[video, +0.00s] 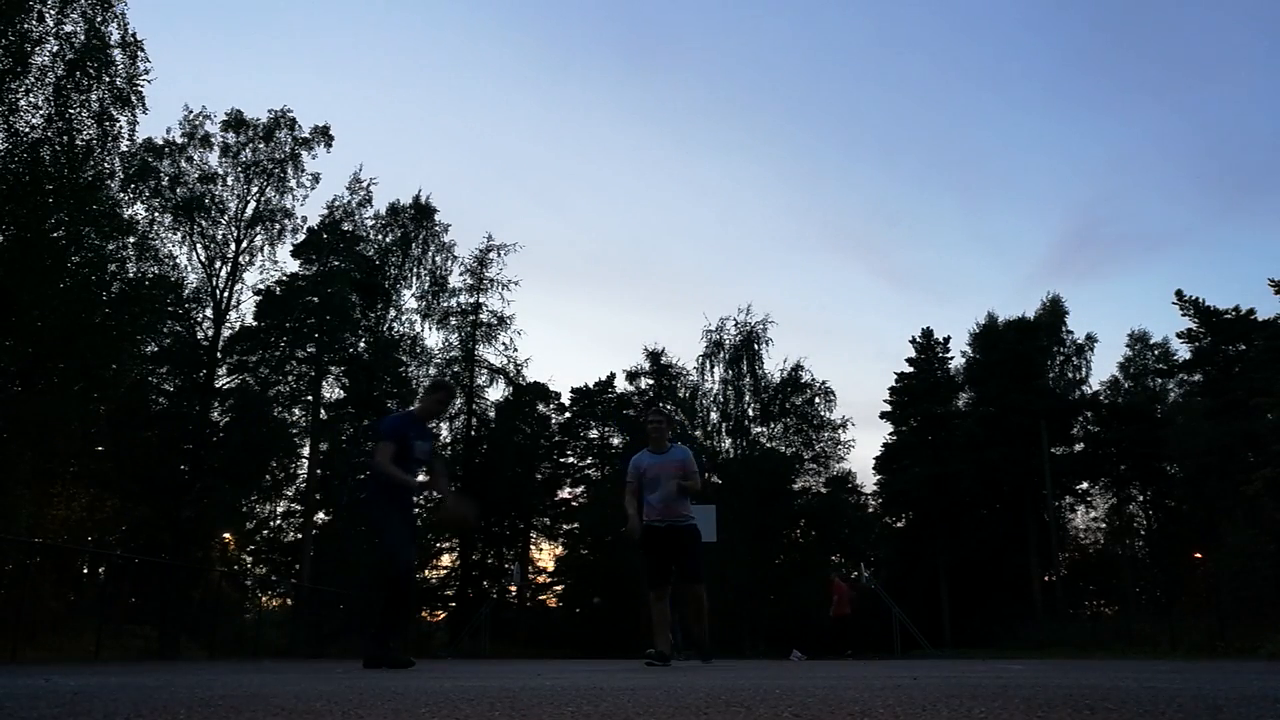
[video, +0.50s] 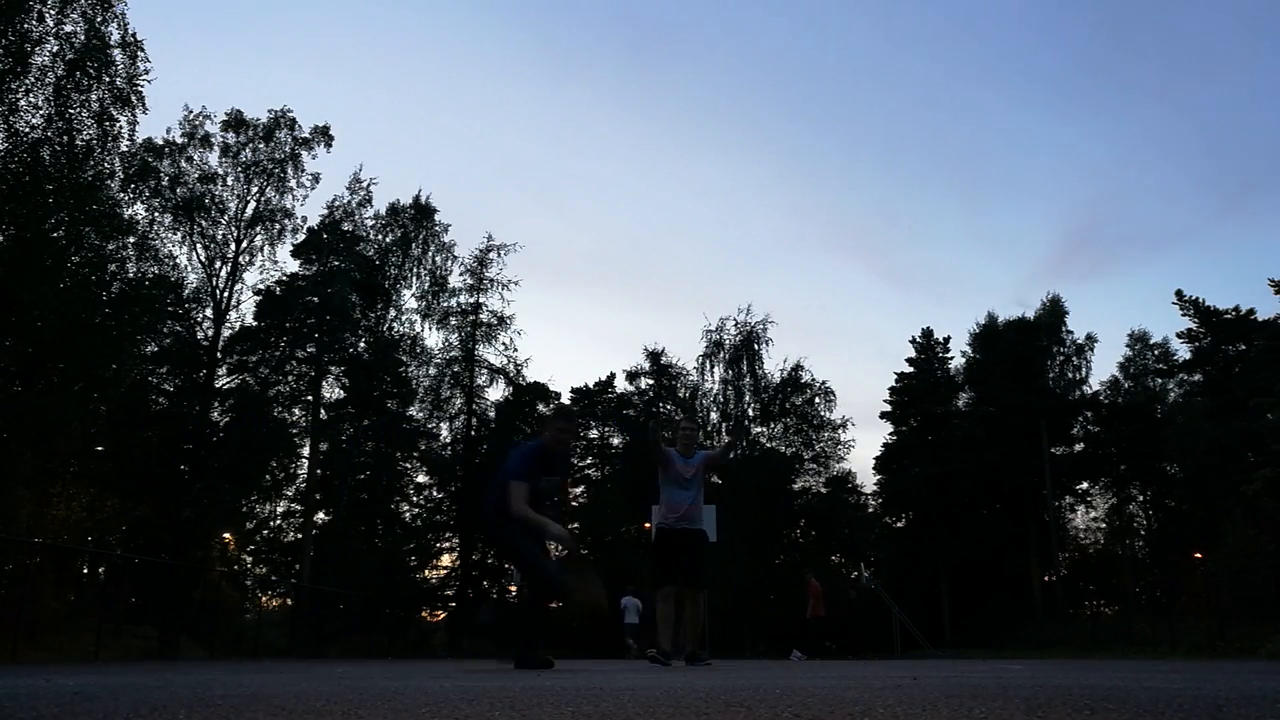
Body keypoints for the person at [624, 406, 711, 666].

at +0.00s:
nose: (655, 427)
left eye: (659, 423)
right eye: (651, 423)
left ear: (668, 427)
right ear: (646, 428)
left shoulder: (683, 454)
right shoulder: (638, 460)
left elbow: (696, 485)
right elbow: (630, 495)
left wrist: (681, 484)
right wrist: (634, 520)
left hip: (683, 527)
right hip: (653, 529)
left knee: (694, 587)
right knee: (658, 589)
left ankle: (701, 645)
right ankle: (662, 649)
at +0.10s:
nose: (662, 428)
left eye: (666, 424)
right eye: (659, 424)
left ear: (674, 428)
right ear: (653, 428)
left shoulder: (688, 455)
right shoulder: (644, 460)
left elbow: (701, 488)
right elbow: (636, 492)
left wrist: (688, 486)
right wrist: (640, 507)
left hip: (685, 529)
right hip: (656, 529)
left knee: (693, 589)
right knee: (659, 591)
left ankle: (699, 648)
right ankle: (663, 650)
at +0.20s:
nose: (671, 430)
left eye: (675, 426)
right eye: (667, 426)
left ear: (681, 430)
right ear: (660, 430)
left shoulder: (694, 457)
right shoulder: (650, 460)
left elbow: (711, 486)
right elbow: (635, 492)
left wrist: (702, 483)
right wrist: (649, 479)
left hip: (688, 530)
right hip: (659, 530)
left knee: (691, 590)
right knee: (661, 591)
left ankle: (693, 649)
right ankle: (663, 650)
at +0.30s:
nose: (678, 432)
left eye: (682, 428)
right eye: (674, 428)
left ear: (688, 431)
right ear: (667, 431)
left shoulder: (700, 460)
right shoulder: (656, 458)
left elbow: (715, 488)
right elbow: (637, 480)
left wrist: (715, 469)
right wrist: (647, 462)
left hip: (690, 531)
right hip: (662, 530)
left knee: (692, 592)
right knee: (662, 592)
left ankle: (694, 650)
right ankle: (663, 650)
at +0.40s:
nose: (684, 433)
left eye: (688, 429)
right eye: (680, 429)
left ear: (694, 433)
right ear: (673, 432)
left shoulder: (702, 459)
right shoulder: (661, 456)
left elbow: (725, 474)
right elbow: (642, 465)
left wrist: (725, 459)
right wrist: (650, 443)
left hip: (693, 532)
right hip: (665, 531)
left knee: (694, 592)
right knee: (663, 591)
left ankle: (694, 651)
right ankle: (663, 651)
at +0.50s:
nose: (688, 433)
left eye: (692, 430)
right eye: (684, 429)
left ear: (698, 434)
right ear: (676, 433)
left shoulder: (702, 458)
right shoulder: (667, 456)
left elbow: (720, 455)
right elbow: (655, 449)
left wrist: (731, 443)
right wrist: (652, 427)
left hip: (694, 531)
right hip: (667, 531)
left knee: (694, 592)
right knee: (666, 590)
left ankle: (692, 651)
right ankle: (664, 650)